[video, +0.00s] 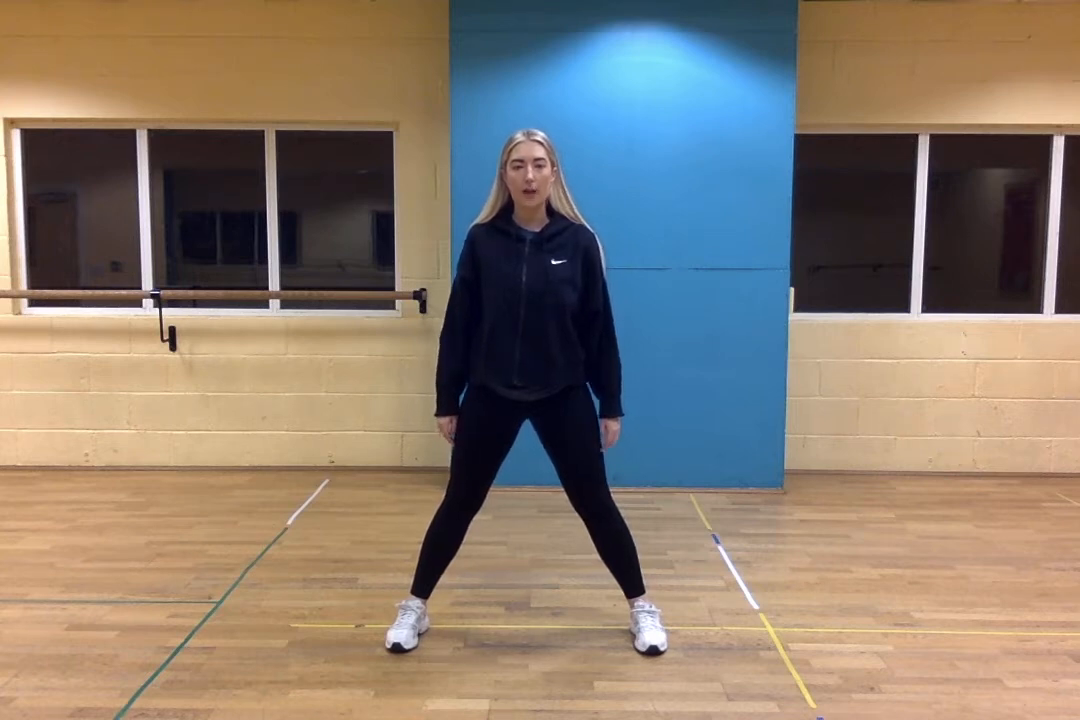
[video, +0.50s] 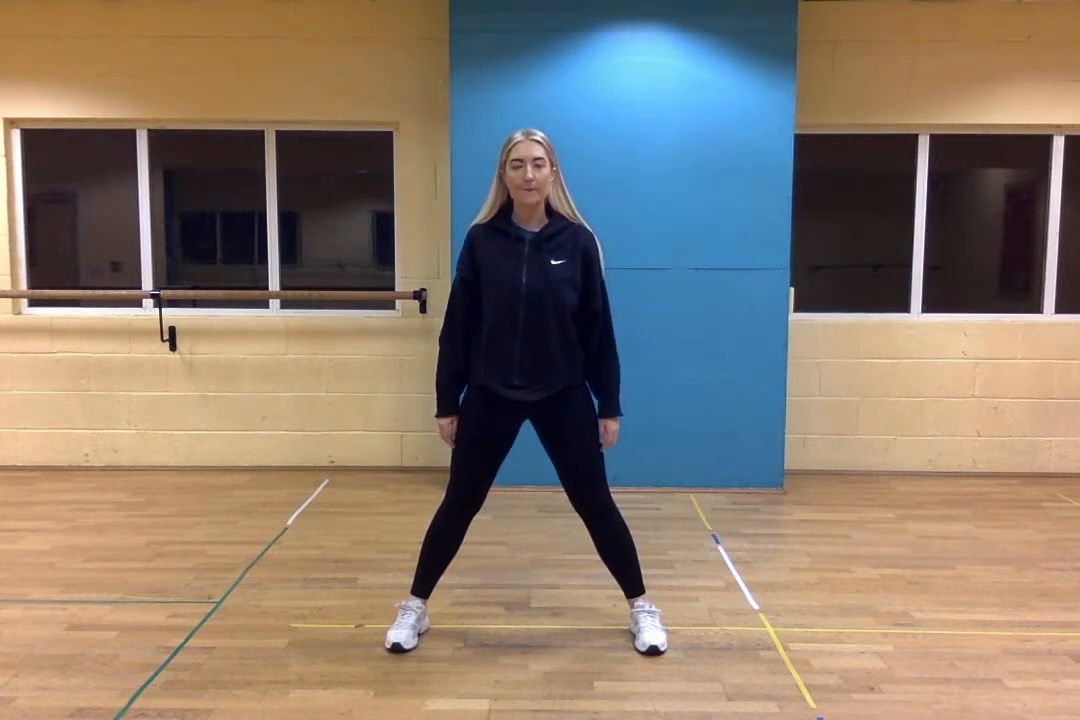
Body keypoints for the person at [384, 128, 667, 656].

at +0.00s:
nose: (529, 173)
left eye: (538, 164)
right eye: (518, 165)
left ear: (554, 173)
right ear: (505, 175)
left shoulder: (580, 239)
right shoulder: (483, 237)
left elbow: (598, 323)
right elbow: (458, 319)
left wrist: (610, 403)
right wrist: (447, 399)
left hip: (563, 393)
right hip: (491, 393)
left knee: (594, 502)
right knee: (460, 501)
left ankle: (641, 607)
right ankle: (414, 606)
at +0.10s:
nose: (529, 173)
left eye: (538, 164)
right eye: (518, 165)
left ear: (553, 172)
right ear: (504, 175)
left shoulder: (579, 239)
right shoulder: (482, 237)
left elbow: (598, 323)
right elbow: (458, 320)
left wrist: (610, 403)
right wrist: (448, 399)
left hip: (563, 393)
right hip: (491, 393)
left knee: (595, 502)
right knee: (460, 501)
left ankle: (641, 607)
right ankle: (414, 606)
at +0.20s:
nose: (529, 173)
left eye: (538, 164)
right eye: (518, 165)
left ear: (553, 173)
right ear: (504, 175)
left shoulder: (579, 239)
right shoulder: (482, 238)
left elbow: (598, 323)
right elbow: (458, 320)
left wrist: (610, 403)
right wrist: (447, 400)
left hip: (563, 393)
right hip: (491, 393)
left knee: (594, 502)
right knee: (460, 501)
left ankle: (641, 607)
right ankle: (414, 606)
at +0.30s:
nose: (529, 173)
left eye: (538, 164)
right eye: (518, 165)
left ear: (553, 172)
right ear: (504, 175)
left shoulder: (579, 239)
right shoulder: (482, 238)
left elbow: (597, 324)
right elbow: (458, 321)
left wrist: (609, 403)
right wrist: (447, 401)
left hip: (562, 394)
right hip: (491, 394)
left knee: (594, 502)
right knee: (460, 501)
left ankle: (641, 607)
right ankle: (414, 606)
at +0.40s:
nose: (529, 173)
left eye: (538, 164)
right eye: (518, 165)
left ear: (552, 172)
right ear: (504, 175)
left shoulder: (579, 239)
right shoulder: (482, 237)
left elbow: (597, 324)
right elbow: (458, 320)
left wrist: (609, 404)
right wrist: (447, 401)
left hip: (562, 394)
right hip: (491, 394)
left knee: (595, 502)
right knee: (460, 501)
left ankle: (641, 607)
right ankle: (414, 606)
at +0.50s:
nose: (529, 173)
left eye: (538, 163)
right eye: (518, 165)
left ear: (553, 172)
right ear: (504, 175)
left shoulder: (579, 239)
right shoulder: (482, 238)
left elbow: (597, 324)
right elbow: (458, 321)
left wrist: (609, 404)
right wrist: (448, 401)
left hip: (562, 394)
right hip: (491, 394)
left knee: (594, 502)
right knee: (460, 501)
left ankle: (641, 607)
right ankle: (414, 606)